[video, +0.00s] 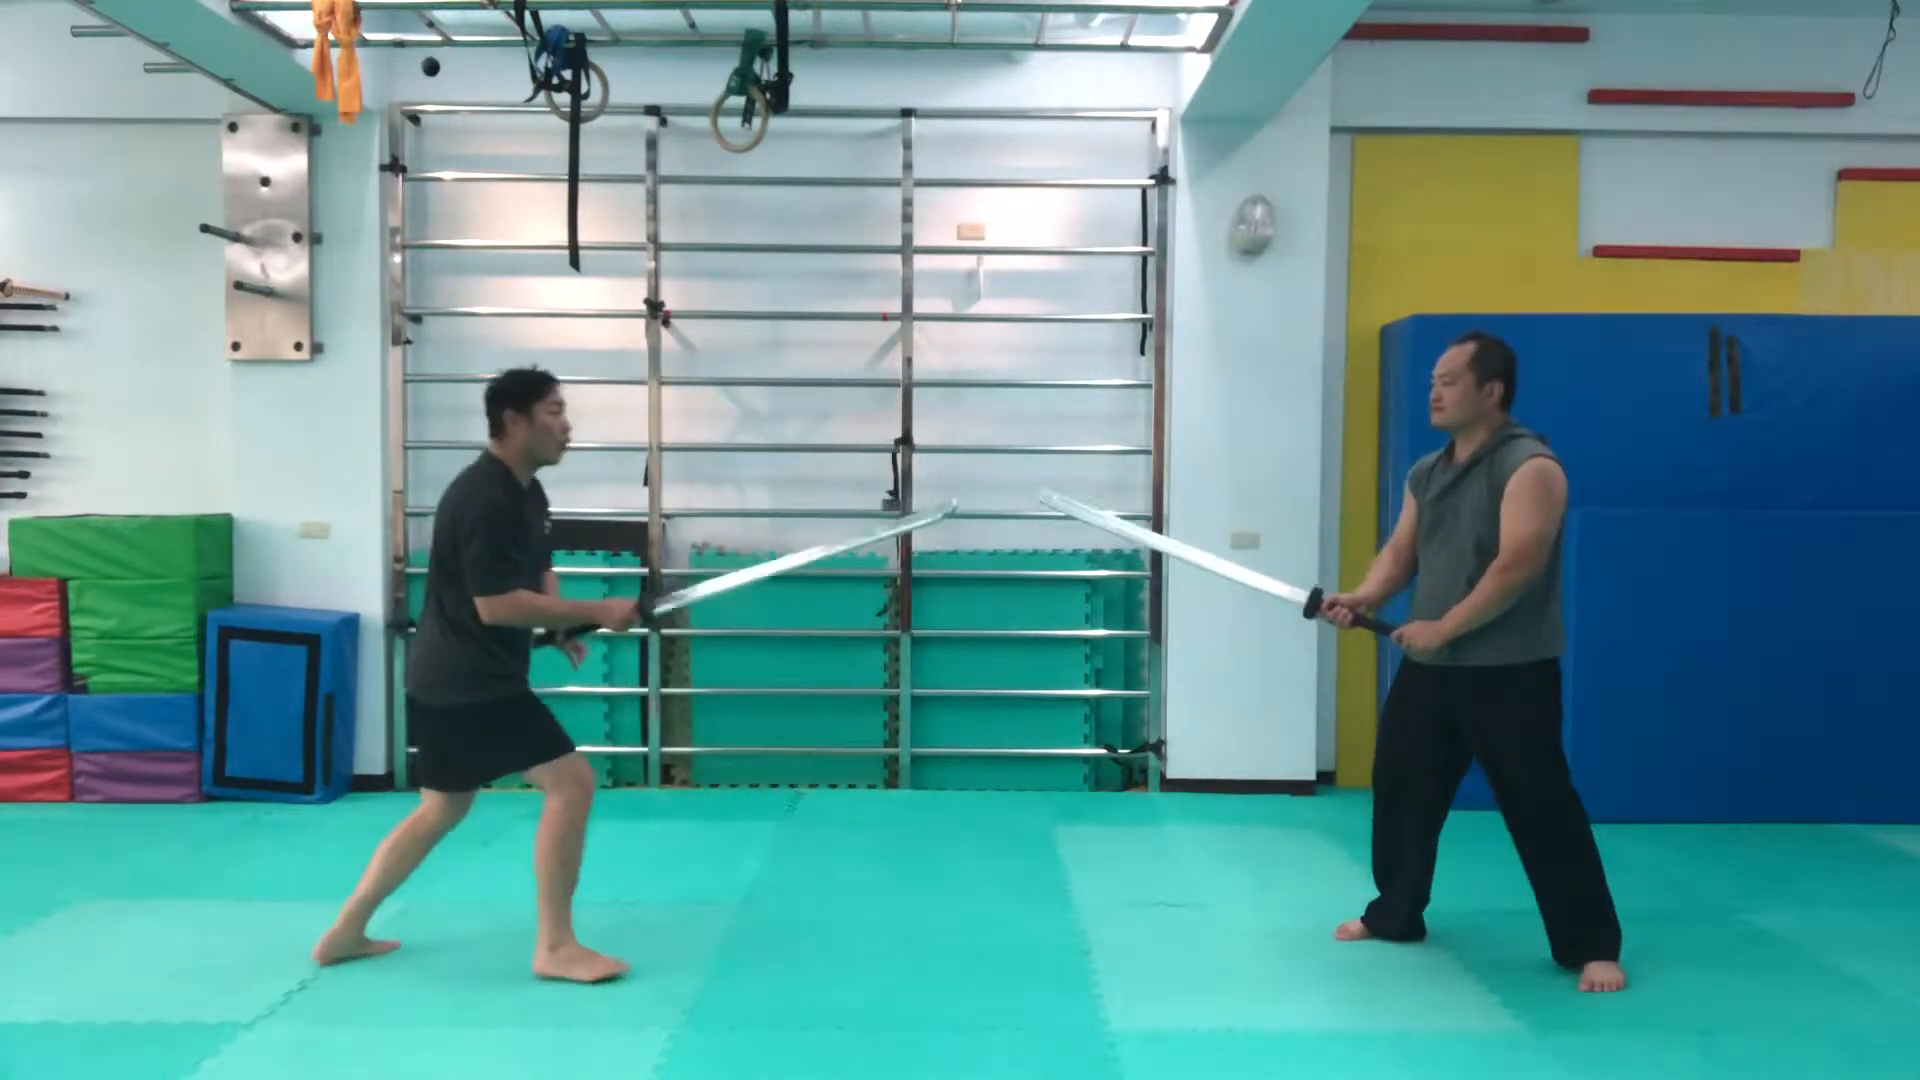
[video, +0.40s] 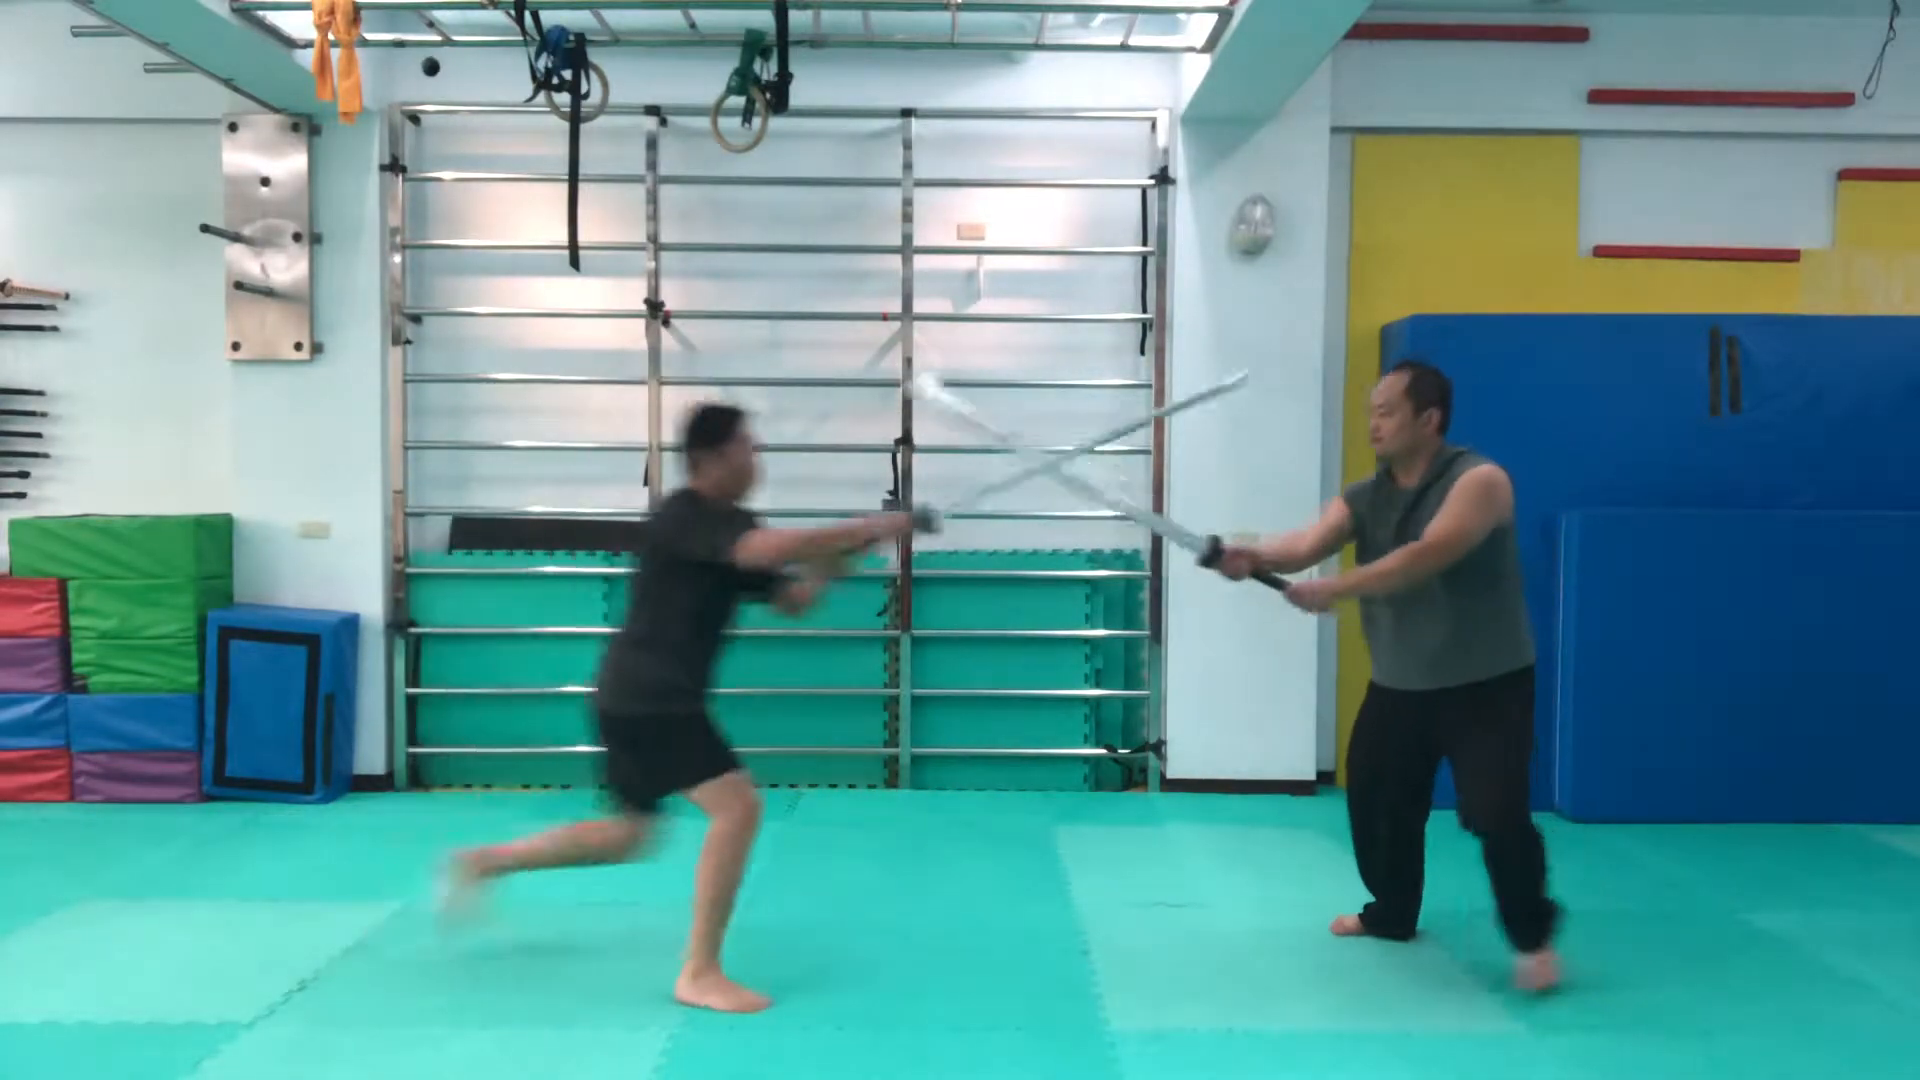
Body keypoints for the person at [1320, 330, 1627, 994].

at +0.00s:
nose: (1434, 393)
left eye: (1447, 383)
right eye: (1434, 382)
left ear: (1491, 392)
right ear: (1448, 392)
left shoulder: (1532, 469)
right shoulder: (1428, 474)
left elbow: (1518, 566)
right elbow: (1399, 553)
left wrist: (1442, 627)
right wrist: (1363, 597)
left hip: (1511, 675)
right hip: (1430, 671)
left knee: (1543, 808)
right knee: (1403, 789)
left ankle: (1594, 950)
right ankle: (1396, 916)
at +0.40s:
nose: (1372, 425)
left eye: (1385, 413)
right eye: (1371, 413)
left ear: (1429, 419)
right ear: (1377, 420)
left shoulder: (1481, 481)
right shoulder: (1366, 496)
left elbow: (1428, 555)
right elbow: (1305, 546)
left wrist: (1339, 587)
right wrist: (1251, 554)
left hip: (1487, 686)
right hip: (1399, 687)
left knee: (1497, 815)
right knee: (1378, 797)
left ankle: (1533, 942)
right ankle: (1391, 915)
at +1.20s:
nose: (1204, 450)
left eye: (1210, 434)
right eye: (1201, 439)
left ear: (1244, 422)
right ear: (1239, 428)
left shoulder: (1303, 457)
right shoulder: (1241, 499)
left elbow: (1211, 386)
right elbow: (1166, 513)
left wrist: (1135, 355)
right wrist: (1127, 432)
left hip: (1320, 705)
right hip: (1259, 710)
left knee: (1378, 875)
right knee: (1137, 800)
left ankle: (1513, 1027)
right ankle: (1051, 949)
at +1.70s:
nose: (1060, 462)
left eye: (1070, 446)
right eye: (1063, 449)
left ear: (1107, 437)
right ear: (1112, 442)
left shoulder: (1175, 475)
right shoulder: (1102, 515)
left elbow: (1081, 414)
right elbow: (1033, 533)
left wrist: (1001, 369)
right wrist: (1003, 451)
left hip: (1212, 720)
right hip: (1137, 730)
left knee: (1292, 894)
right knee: (1048, 841)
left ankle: (1446, 1023)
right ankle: (1047, 1001)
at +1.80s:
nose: (1110, 431)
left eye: (1121, 419)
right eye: (1109, 420)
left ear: (1158, 421)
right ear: (1140, 427)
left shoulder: (1216, 473)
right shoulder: (1132, 510)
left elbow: (1109, 447)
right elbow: (1078, 566)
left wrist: (1014, 419)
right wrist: (1018, 494)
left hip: (1219, 724)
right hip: (1138, 728)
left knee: (1283, 891)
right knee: (1049, 838)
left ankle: (1418, 1028)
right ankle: (1047, 999)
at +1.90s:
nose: (1167, 413)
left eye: (1177, 401)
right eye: (1171, 401)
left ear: (1214, 411)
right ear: (1213, 413)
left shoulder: (1267, 483)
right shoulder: (1183, 500)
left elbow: (1164, 507)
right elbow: (1136, 589)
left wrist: (1063, 510)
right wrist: (1062, 554)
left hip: (1235, 732)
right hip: (1154, 728)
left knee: (1285, 902)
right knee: (1073, 853)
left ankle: (1414, 1038)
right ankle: (1047, 1000)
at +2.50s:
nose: (1325, 375)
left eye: (1339, 364)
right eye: (1330, 363)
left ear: (1383, 378)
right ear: (1363, 378)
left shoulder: (1430, 462)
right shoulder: (1323, 472)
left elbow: (1411, 567)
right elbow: (1292, 567)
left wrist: (1323, 638)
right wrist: (1265, 642)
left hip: (1401, 695)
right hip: (1325, 689)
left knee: (1396, 869)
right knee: (1323, 820)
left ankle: (1421, 1049)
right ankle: (1367, 941)